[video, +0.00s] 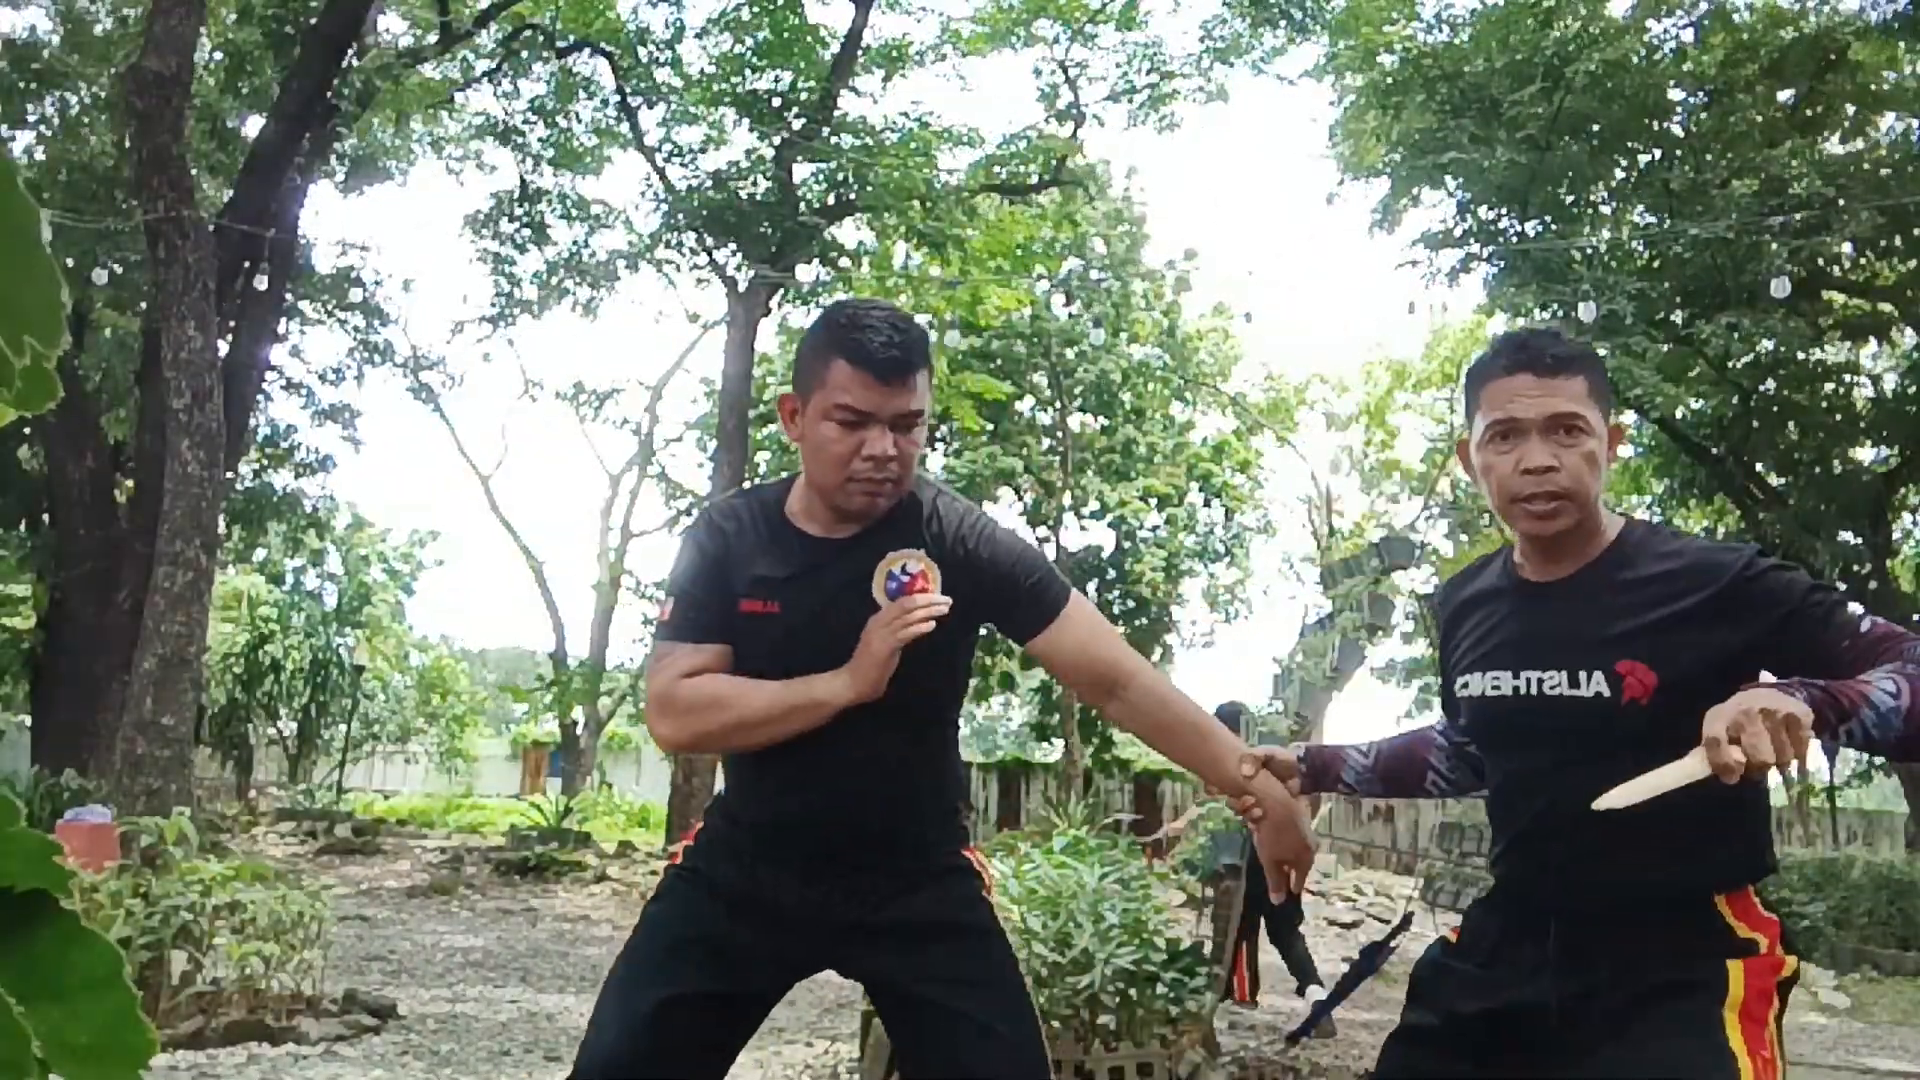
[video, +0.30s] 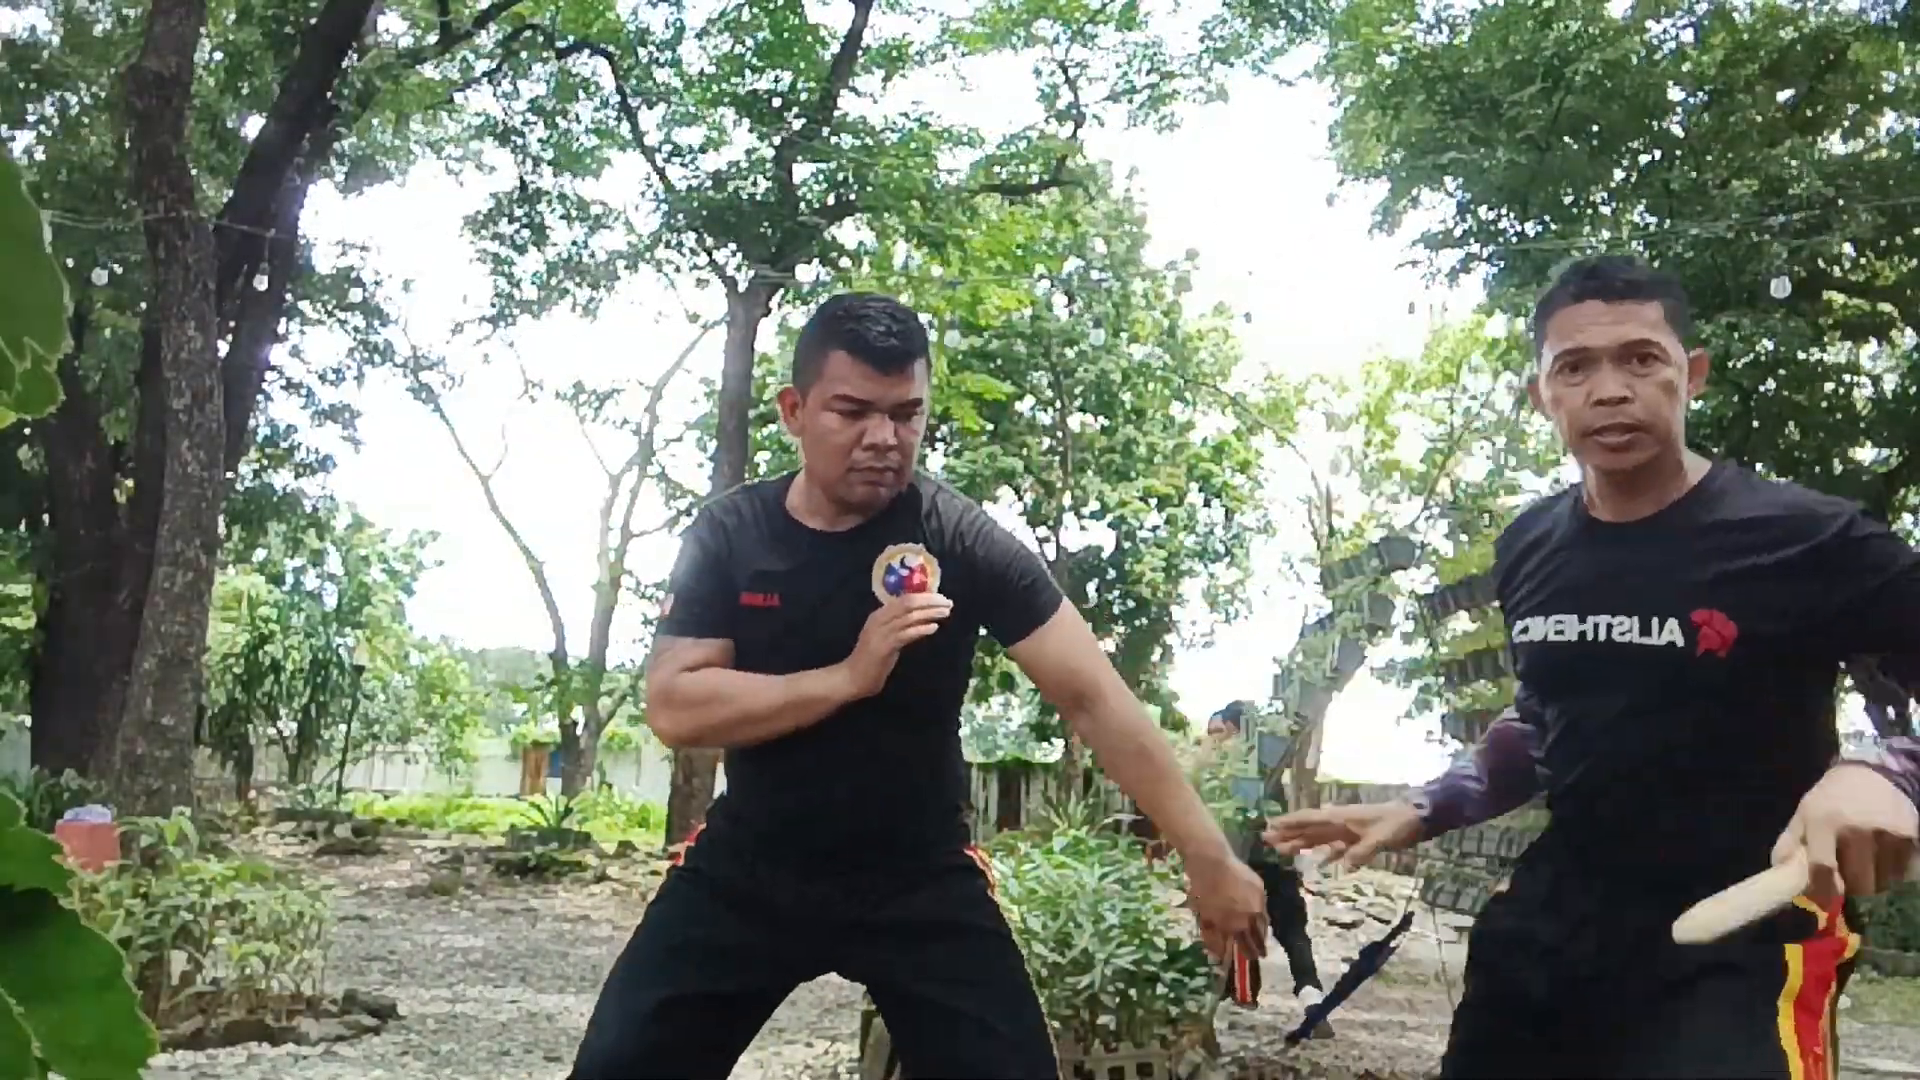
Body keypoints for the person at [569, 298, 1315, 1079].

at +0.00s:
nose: (883, 450)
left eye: (905, 425)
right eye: (853, 422)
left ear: (927, 422)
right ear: (793, 417)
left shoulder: (965, 548)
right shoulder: (726, 538)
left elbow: (1117, 680)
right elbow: (673, 715)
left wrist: (1258, 788)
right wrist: (842, 684)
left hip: (919, 885)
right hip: (747, 872)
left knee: (1005, 1070)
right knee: (616, 1064)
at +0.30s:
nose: (882, 438)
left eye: (904, 413)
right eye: (854, 411)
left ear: (926, 415)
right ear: (793, 410)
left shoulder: (969, 544)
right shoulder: (730, 531)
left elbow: (1094, 698)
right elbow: (675, 708)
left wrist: (1209, 856)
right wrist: (845, 678)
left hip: (923, 885)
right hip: (749, 873)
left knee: (1013, 1069)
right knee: (615, 1065)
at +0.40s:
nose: (882, 425)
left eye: (904, 402)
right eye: (852, 399)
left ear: (925, 407)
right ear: (791, 401)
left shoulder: (967, 538)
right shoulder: (730, 526)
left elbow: (1056, 714)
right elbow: (671, 701)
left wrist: (1125, 899)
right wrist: (843, 674)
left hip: (921, 873)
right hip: (755, 865)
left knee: (1011, 1068)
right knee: (620, 1063)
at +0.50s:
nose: (873, 415)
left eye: (895, 392)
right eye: (844, 388)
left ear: (914, 398)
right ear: (783, 393)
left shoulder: (961, 533)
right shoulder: (716, 526)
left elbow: (1007, 722)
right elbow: (671, 702)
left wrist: (1024, 913)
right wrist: (842, 671)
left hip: (917, 867)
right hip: (754, 862)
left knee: (1003, 1060)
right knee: (621, 1062)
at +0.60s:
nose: (845, 407)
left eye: (863, 384)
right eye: (816, 378)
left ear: (880, 391)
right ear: (750, 380)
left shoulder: (924, 520)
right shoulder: (679, 529)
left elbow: (957, 705)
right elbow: (651, 710)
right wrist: (834, 709)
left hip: (894, 865)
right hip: (722, 867)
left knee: (986, 1065)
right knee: (605, 1066)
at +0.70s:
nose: (802, 396)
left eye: (821, 376)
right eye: (776, 366)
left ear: (834, 384)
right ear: (706, 361)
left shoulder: (858, 510)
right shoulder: (614, 512)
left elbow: (899, 684)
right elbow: (574, 700)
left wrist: (778, 809)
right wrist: (736, 790)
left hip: (818, 866)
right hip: (646, 867)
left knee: (904, 1062)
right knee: (582, 1063)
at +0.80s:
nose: (791, 389)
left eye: (808, 371)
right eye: (770, 358)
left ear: (817, 376)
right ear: (697, 343)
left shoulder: (818, 501)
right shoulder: (583, 493)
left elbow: (852, 668)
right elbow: (495, 672)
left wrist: (771, 784)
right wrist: (625, 814)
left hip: (774, 863)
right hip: (606, 867)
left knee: (843, 1064)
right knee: (578, 1065)